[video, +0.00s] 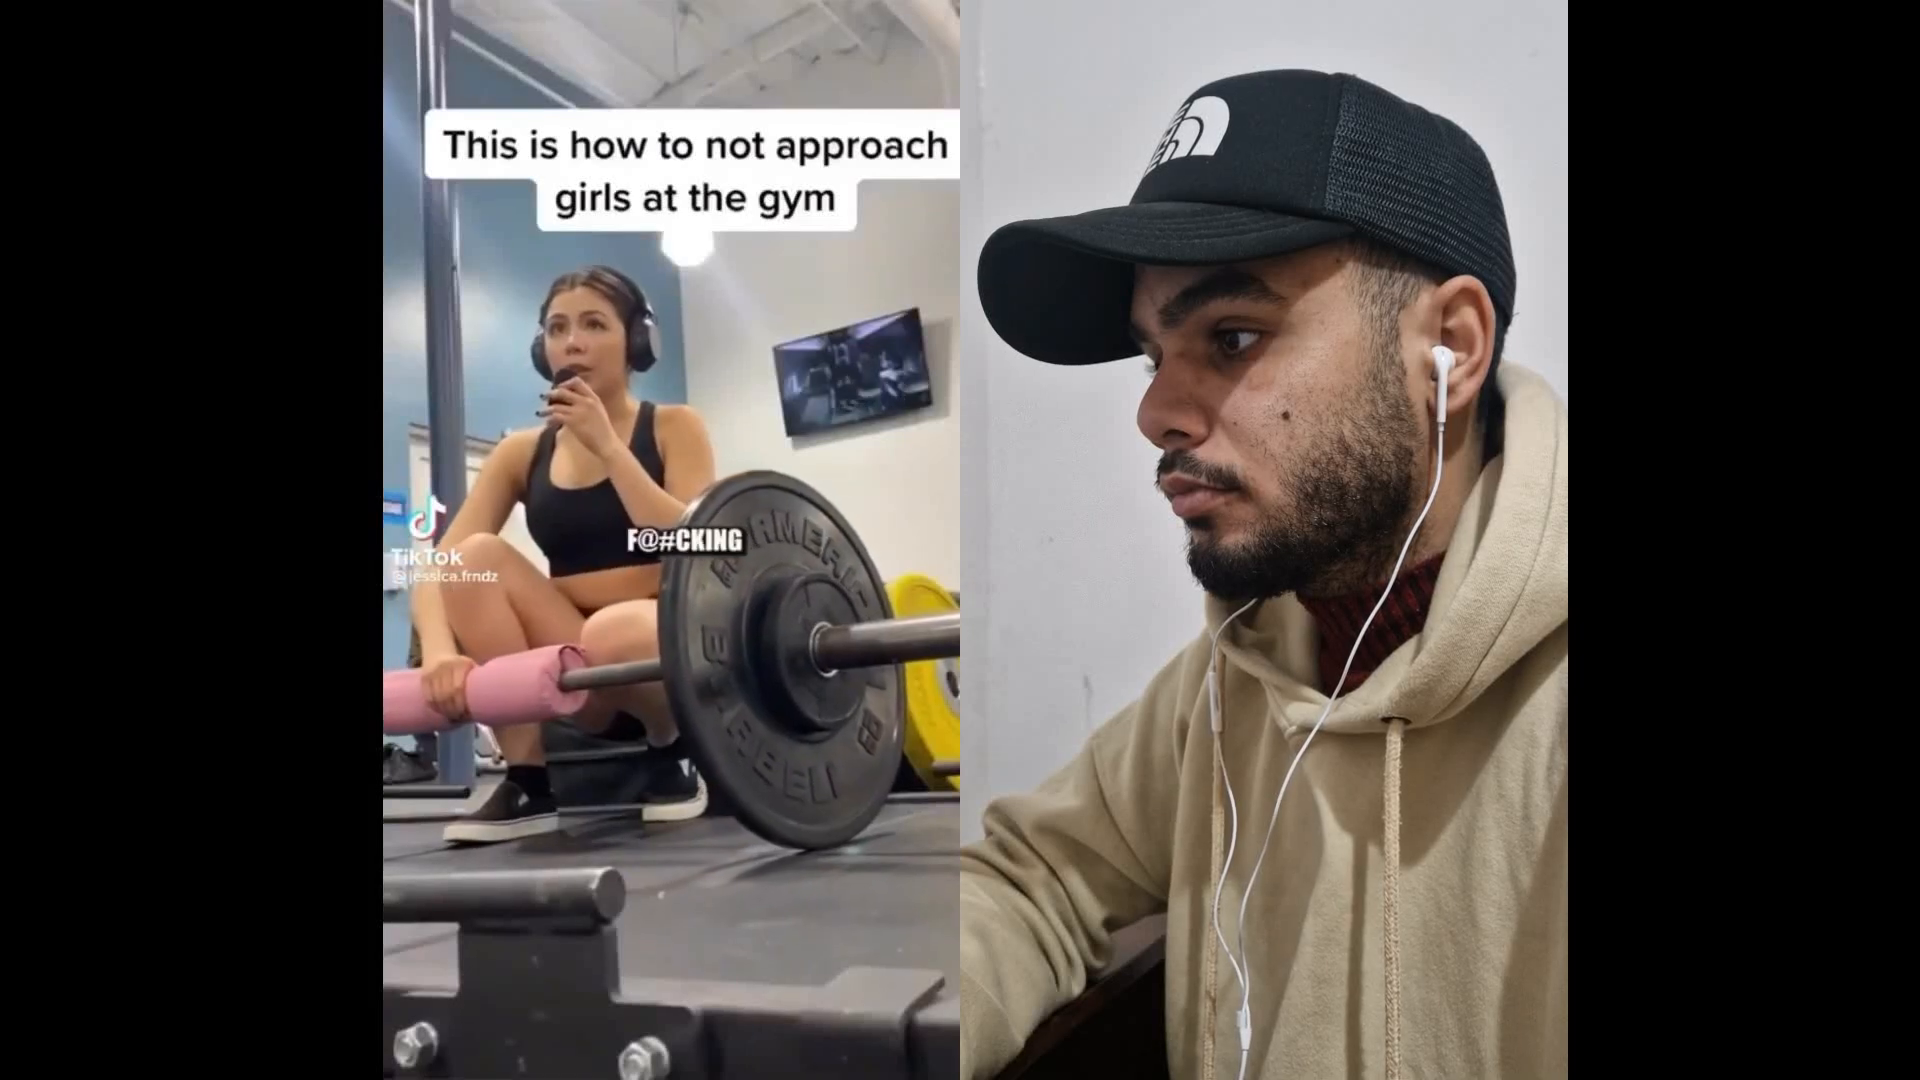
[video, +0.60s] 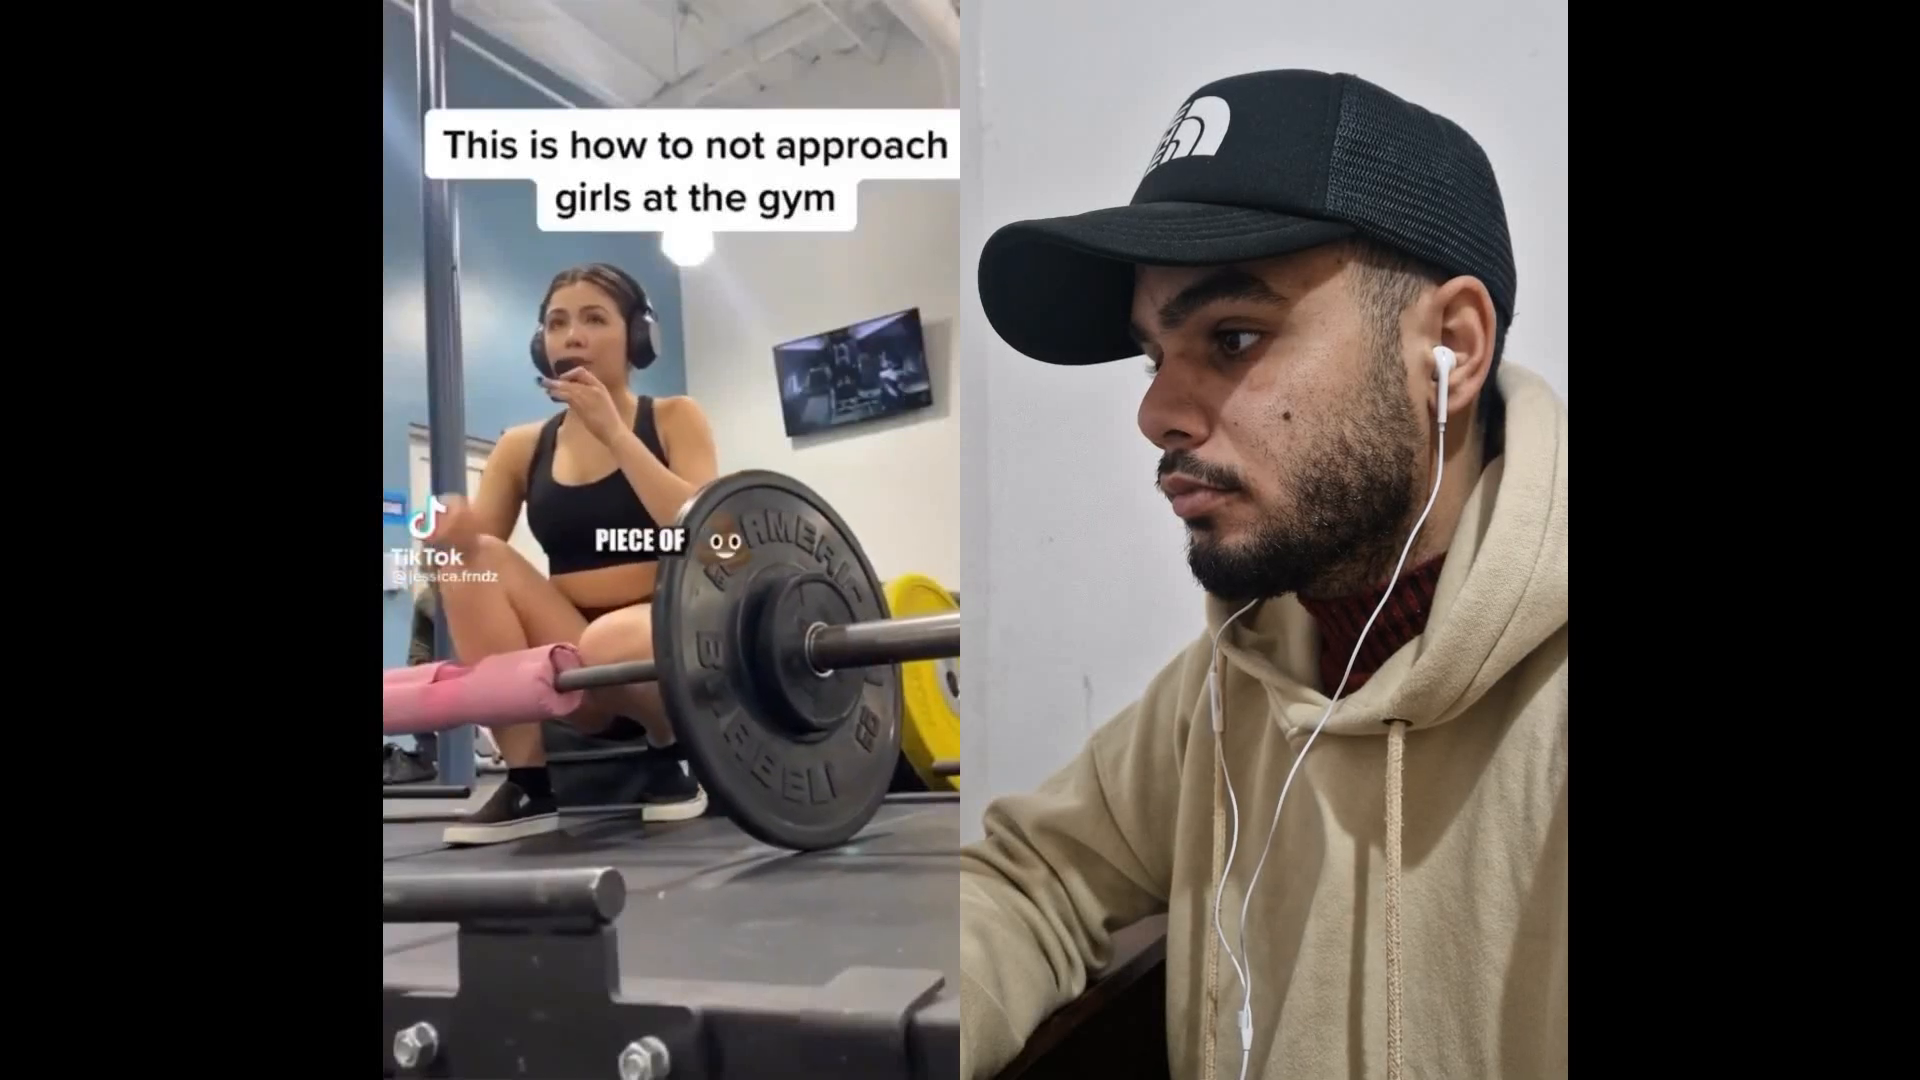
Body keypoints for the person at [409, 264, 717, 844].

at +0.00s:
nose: (572, 342)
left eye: (593, 324)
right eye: (557, 327)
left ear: (632, 342)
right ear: (544, 348)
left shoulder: (675, 429)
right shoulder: (522, 452)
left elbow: (692, 539)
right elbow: (439, 569)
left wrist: (608, 447)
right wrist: (439, 652)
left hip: (671, 641)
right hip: (570, 649)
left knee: (612, 633)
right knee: (472, 559)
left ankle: (667, 748)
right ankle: (526, 780)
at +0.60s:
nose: (571, 335)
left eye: (593, 318)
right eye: (557, 321)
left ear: (632, 337)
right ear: (544, 343)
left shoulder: (674, 420)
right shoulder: (522, 447)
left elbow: (702, 525)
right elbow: (478, 560)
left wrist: (615, 435)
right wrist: (456, 534)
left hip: (671, 633)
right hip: (572, 642)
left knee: (608, 643)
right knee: (466, 557)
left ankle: (668, 754)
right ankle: (528, 781)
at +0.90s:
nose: (569, 333)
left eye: (590, 317)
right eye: (553, 321)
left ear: (628, 335)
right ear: (539, 344)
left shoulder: (668, 409)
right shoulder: (538, 431)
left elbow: (704, 514)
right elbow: (453, 538)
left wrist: (617, 422)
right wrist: (513, 433)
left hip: (671, 630)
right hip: (572, 642)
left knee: (598, 646)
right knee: (464, 562)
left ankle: (677, 754)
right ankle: (528, 782)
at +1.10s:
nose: (573, 334)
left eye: (592, 319)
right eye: (554, 324)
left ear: (628, 336)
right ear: (537, 349)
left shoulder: (666, 410)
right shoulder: (530, 414)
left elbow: (717, 519)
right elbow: (468, 532)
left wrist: (616, 470)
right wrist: (535, 433)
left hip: (671, 628)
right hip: (571, 637)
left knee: (596, 646)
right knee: (461, 564)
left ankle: (689, 754)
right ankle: (527, 781)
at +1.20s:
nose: (575, 332)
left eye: (594, 317)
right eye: (556, 321)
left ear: (629, 334)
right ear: (538, 347)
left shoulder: (663, 411)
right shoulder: (531, 410)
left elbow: (702, 527)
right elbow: (478, 531)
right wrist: (544, 427)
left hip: (663, 630)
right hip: (567, 637)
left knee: (602, 639)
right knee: (462, 562)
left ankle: (676, 758)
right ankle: (526, 781)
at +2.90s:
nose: (586, 417)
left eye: (604, 394)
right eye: (564, 398)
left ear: (637, 376)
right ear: (540, 389)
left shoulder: (680, 442)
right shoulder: (531, 436)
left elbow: (732, 560)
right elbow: (496, 562)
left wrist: (688, 650)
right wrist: (554, 515)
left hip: (682, 662)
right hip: (582, 666)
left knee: (649, 612)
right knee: (483, 561)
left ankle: (677, 749)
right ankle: (528, 785)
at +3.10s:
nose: (495, 418)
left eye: (505, 391)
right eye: (477, 400)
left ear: (562, 361)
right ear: (467, 395)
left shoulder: (656, 422)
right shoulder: (500, 471)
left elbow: (677, 566)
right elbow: (541, 596)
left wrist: (521, 617)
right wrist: (510, 540)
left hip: (713, 647)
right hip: (602, 661)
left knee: (652, 641)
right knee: (476, 560)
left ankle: (690, 761)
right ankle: (539, 797)